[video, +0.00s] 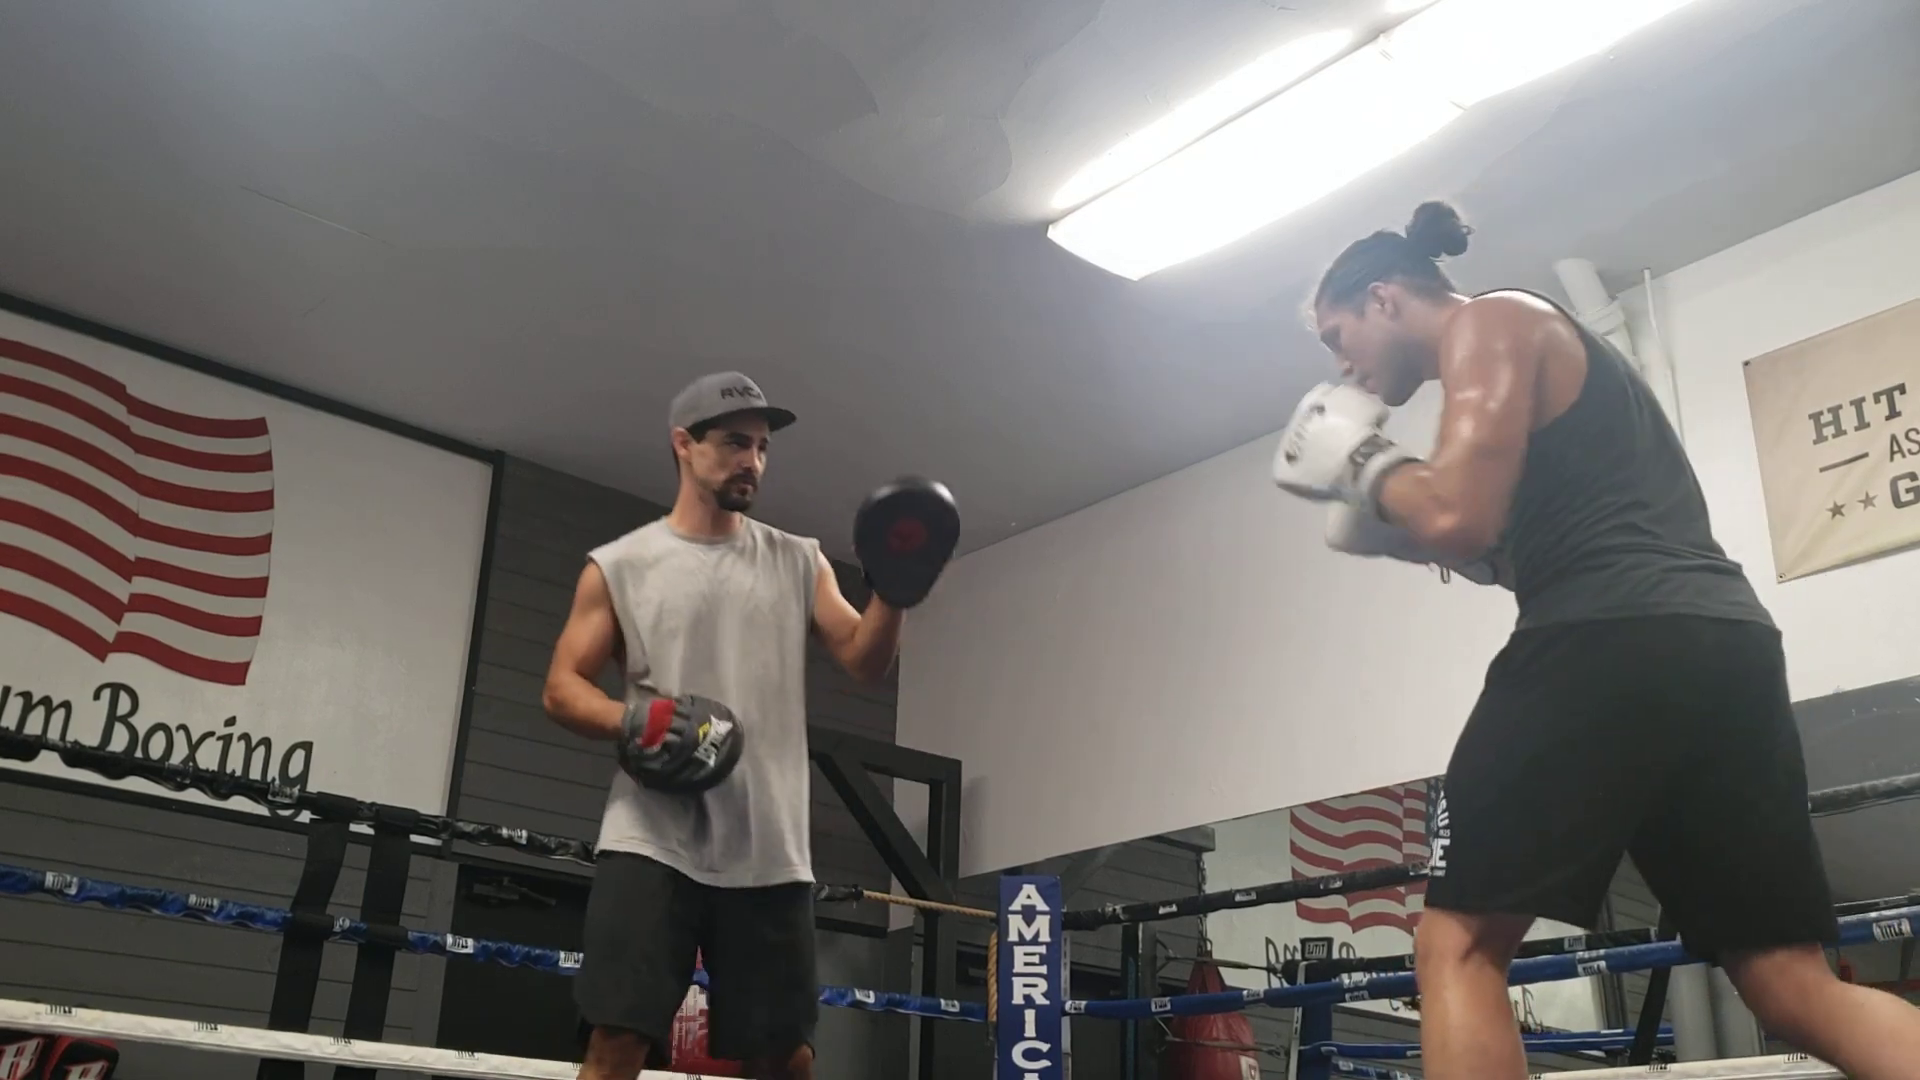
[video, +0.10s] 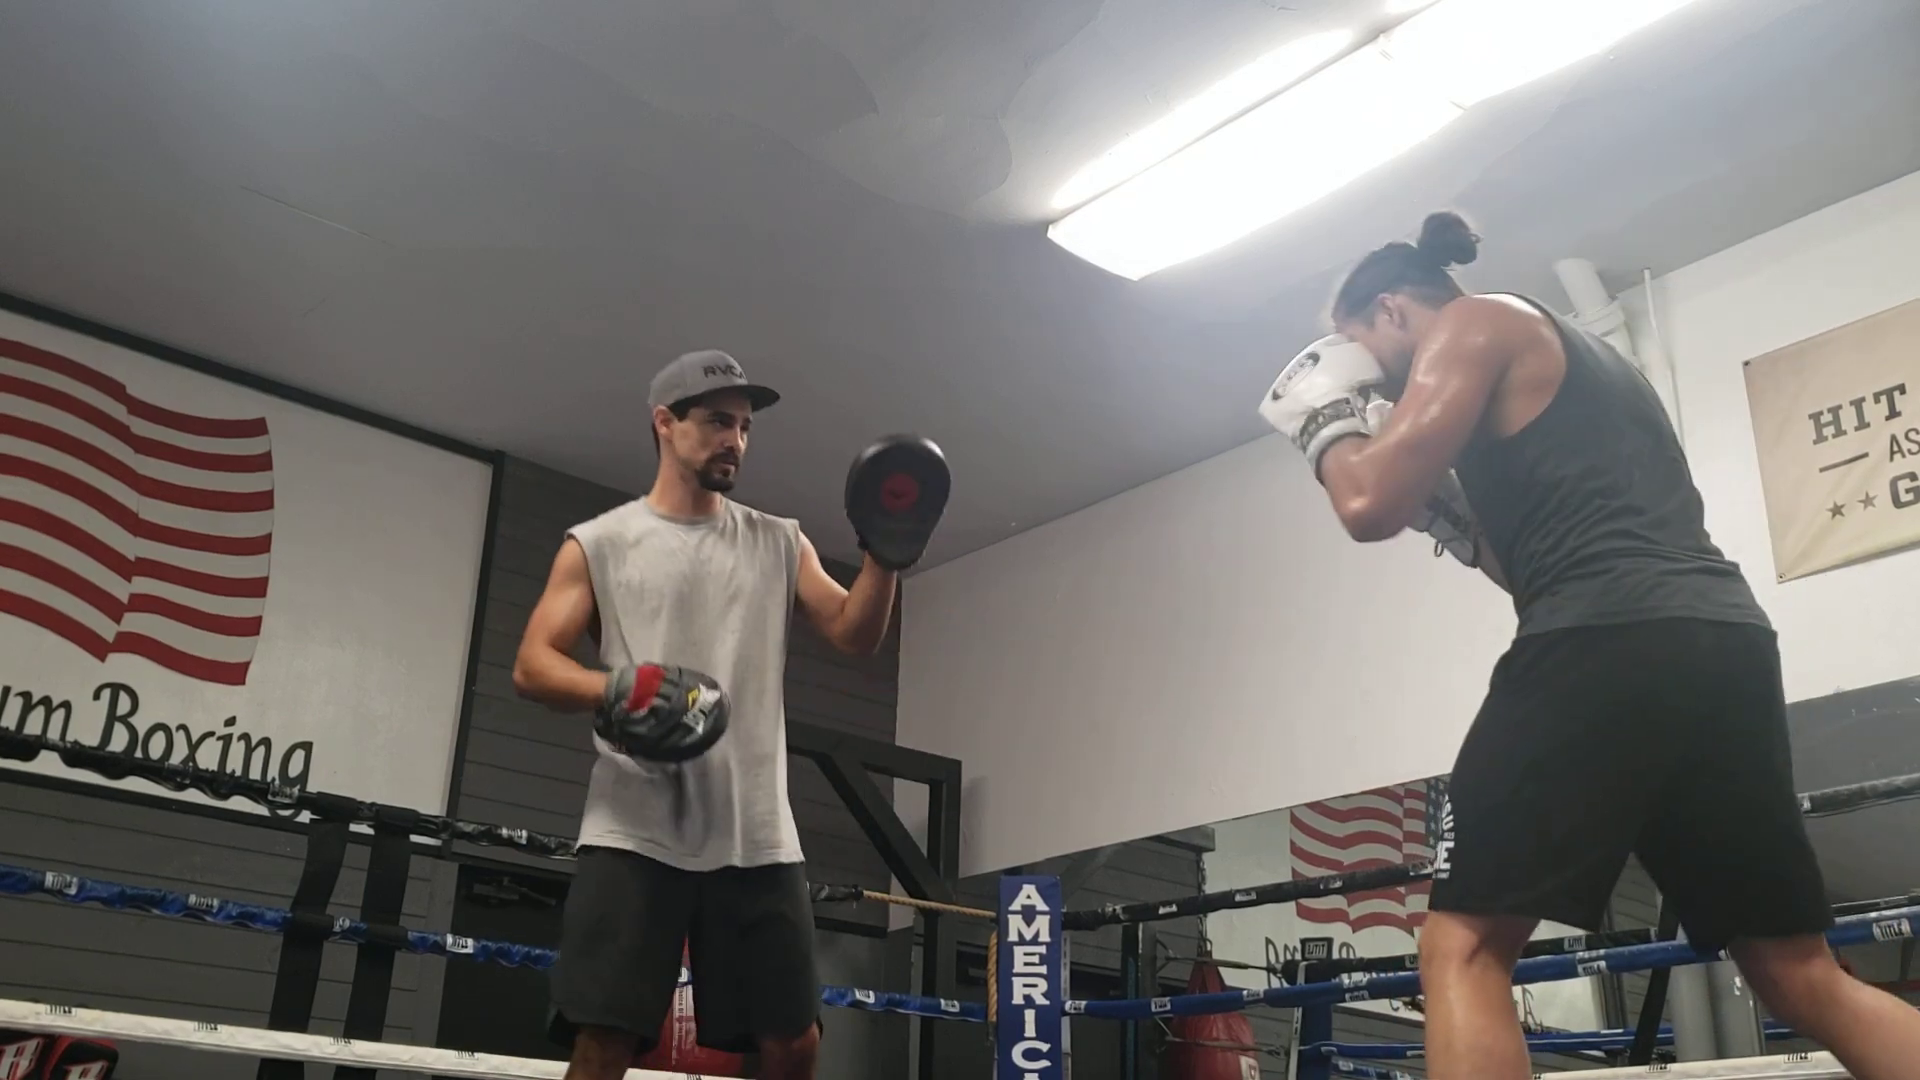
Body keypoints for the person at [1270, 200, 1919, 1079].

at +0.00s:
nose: (1343, 368)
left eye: (1338, 340)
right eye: (1331, 352)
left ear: (1385, 296)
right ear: (1399, 291)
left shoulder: (1489, 321)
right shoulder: (1586, 356)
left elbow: (1461, 517)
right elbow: (1538, 549)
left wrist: (1365, 456)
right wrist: (1400, 530)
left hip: (1601, 643)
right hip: (1728, 639)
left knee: (1457, 946)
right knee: (1795, 985)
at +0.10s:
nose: (1371, 367)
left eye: (1361, 347)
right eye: (1359, 355)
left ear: (1388, 303)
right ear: (1424, 285)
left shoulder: (1478, 322)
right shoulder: (1595, 361)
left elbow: (1366, 502)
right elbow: (1549, 575)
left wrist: (1325, 419)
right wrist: (1446, 516)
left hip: (1597, 644)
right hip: (1727, 639)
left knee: (1464, 947)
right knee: (1802, 972)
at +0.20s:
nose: (1401, 392)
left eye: (1398, 371)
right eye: (1394, 380)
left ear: (1421, 332)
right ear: (1474, 301)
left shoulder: (1470, 335)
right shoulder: (1631, 380)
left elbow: (1350, 508)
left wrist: (1334, 436)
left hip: (1609, 661)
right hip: (1743, 654)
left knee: (1457, 955)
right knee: (1826, 967)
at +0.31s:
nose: (1443, 439)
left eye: (1447, 419)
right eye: (1440, 429)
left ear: (1470, 390)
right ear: (1538, 373)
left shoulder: (1496, 391)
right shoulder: (1672, 442)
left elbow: (1378, 545)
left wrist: (1376, 487)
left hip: (1629, 705)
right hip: (1769, 704)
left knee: (1441, 971)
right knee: (1848, 1008)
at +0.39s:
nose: (1482, 501)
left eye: (1486, 482)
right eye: (1483, 490)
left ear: (1514, 451)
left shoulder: (1539, 457)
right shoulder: (1711, 504)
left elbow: (1431, 586)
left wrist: (1404, 570)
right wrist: (1533, 652)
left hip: (1659, 749)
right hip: (1804, 755)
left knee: (1439, 993)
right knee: (1839, 1038)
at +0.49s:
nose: (1514, 539)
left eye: (1511, 521)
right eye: (1507, 528)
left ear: (1542, 477)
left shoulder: (1581, 471)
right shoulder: (1737, 526)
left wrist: (1456, 605)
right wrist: (1594, 697)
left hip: (1688, 764)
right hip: (1830, 780)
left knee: (1472, 993)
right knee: (1838, 1038)